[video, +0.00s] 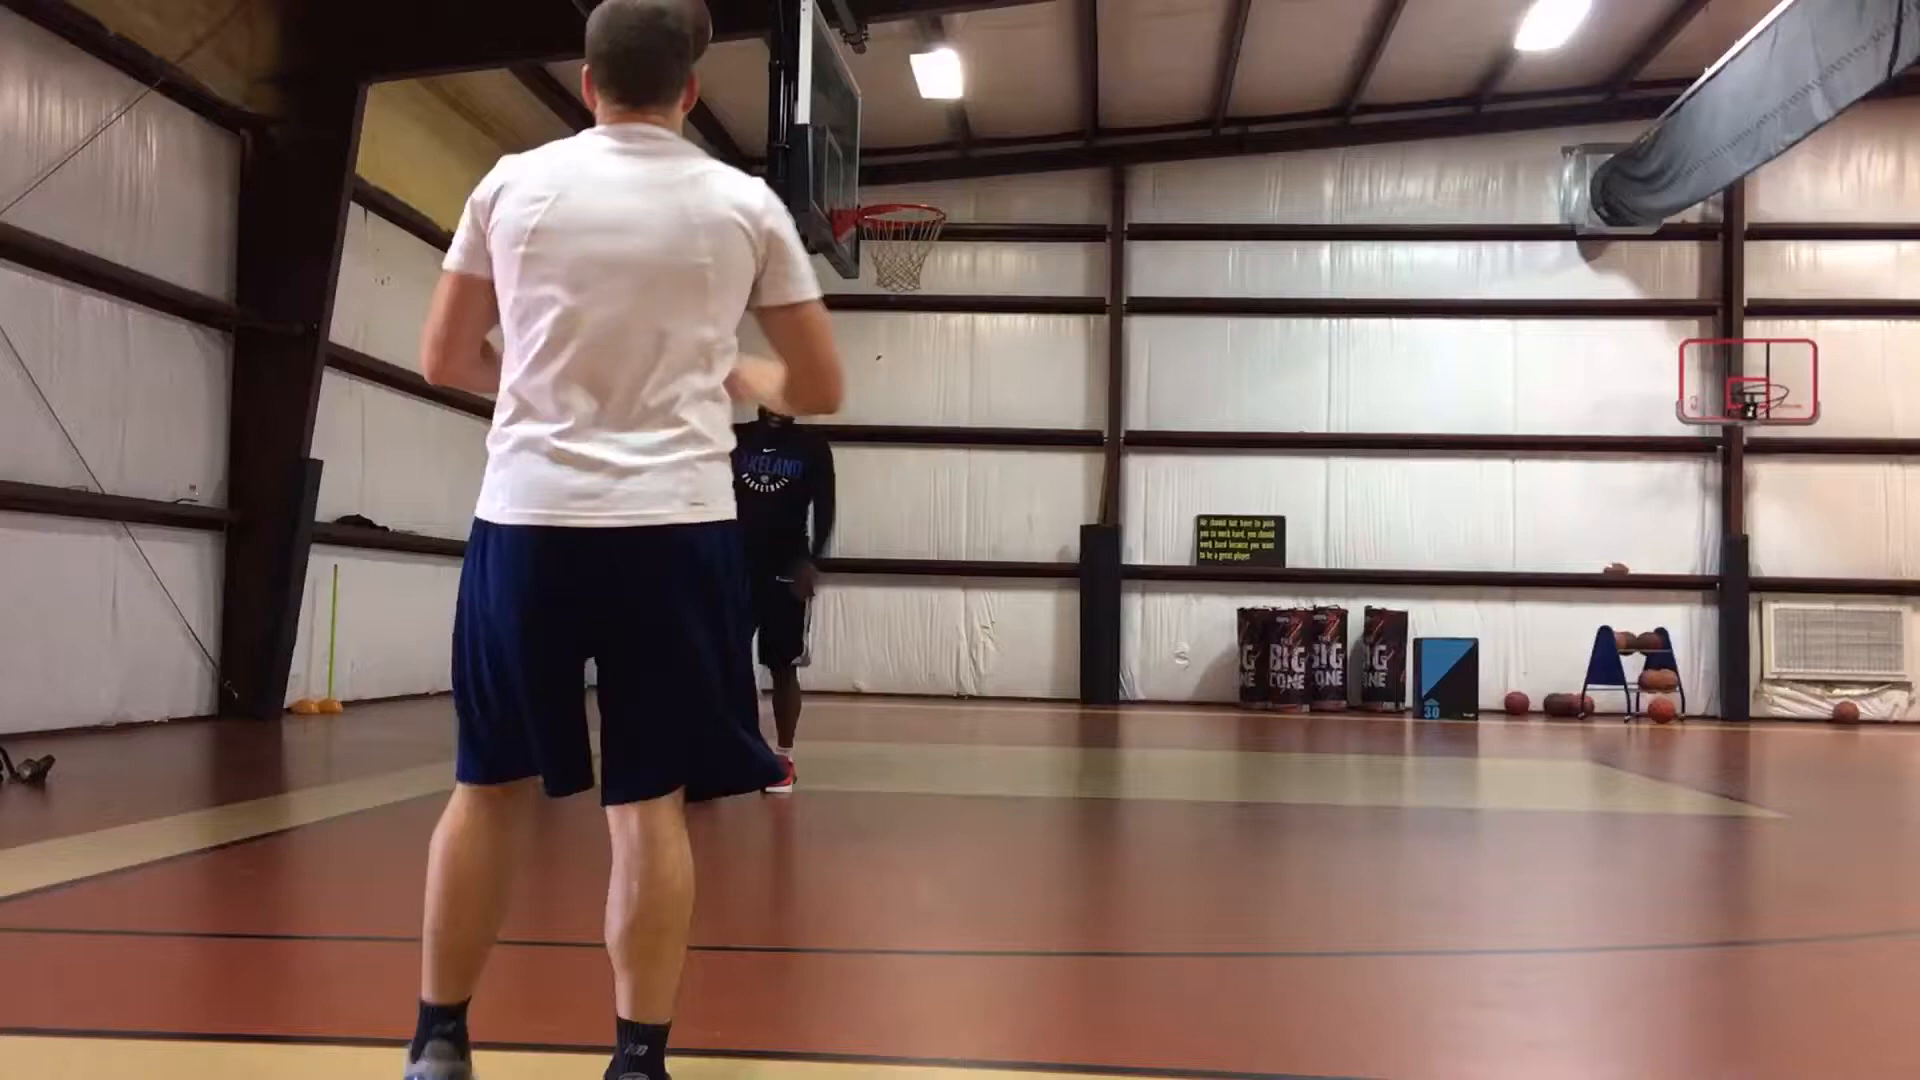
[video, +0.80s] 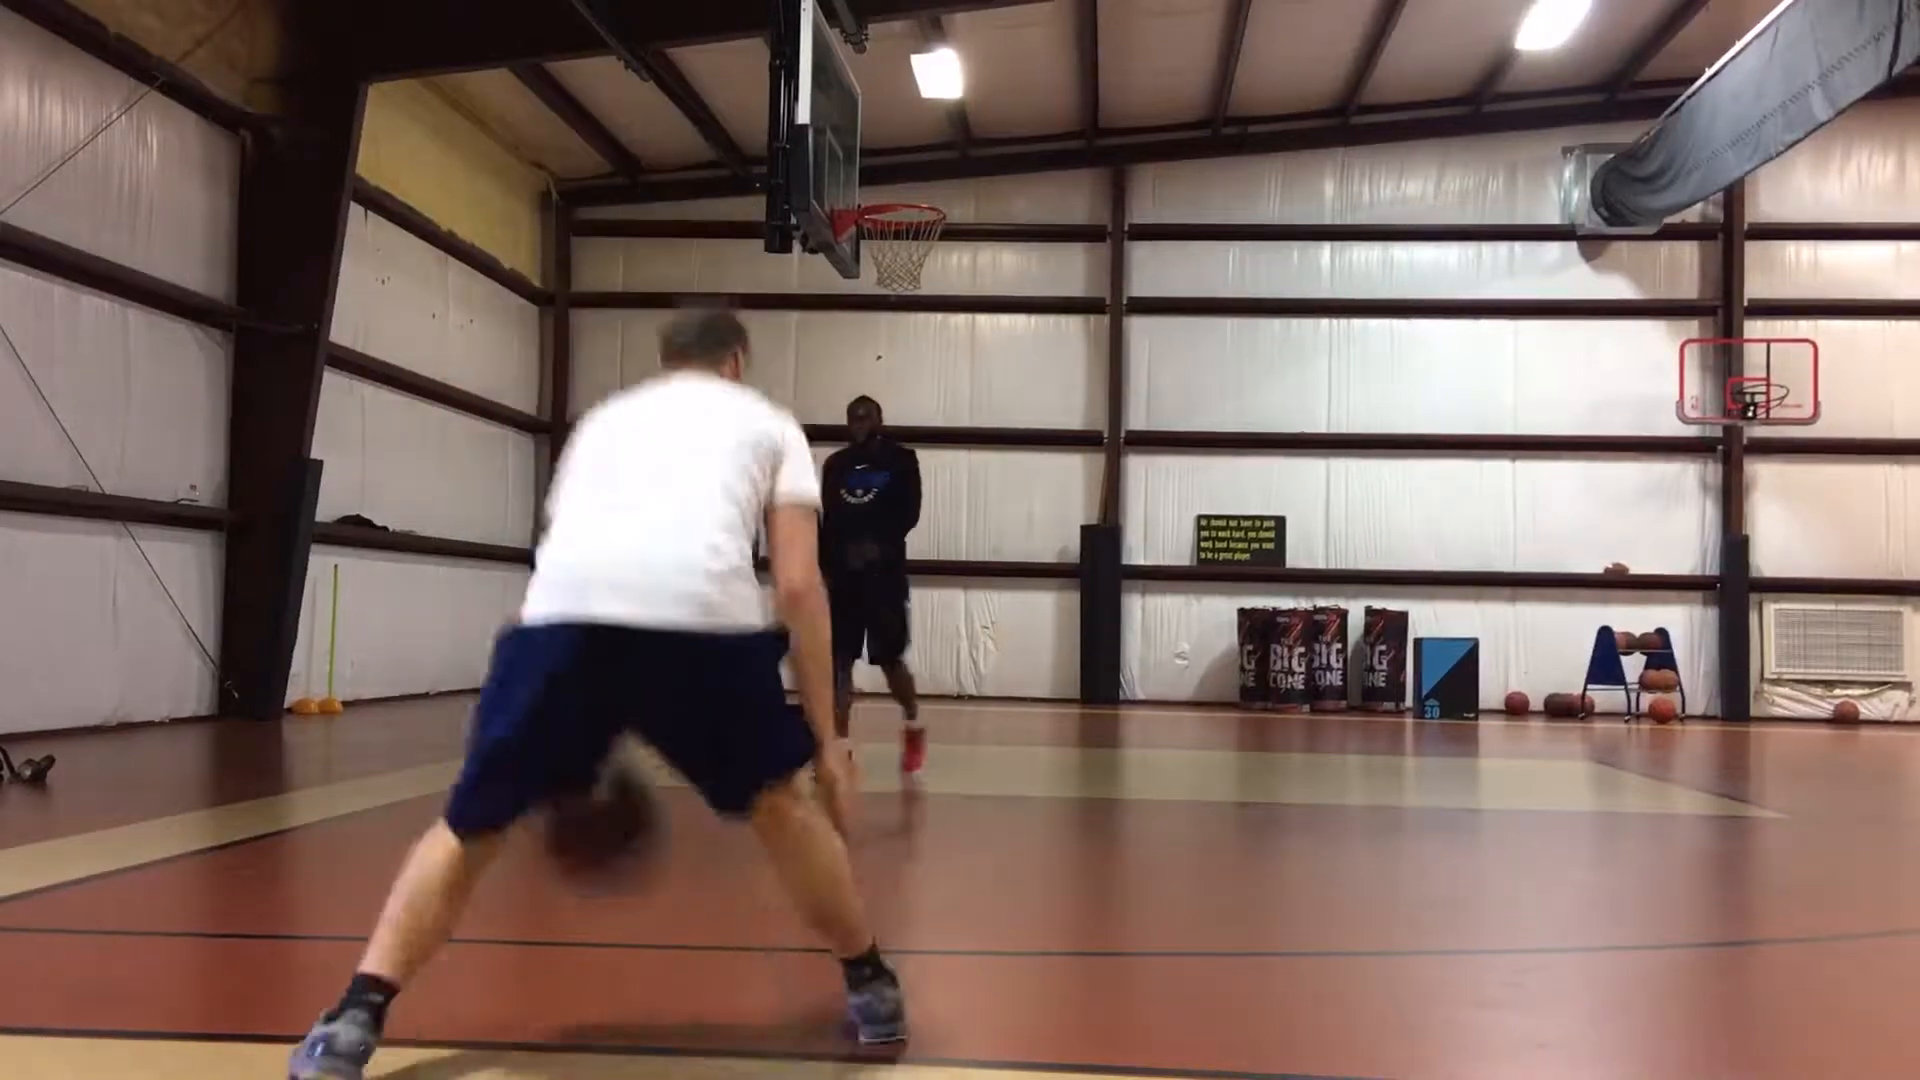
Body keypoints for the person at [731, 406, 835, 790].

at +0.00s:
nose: (781, 396)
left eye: (790, 388)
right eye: (775, 387)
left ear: (799, 396)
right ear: (761, 391)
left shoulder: (812, 445)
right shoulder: (734, 438)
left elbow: (824, 510)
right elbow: (714, 496)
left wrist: (812, 559)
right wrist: (714, 551)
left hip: (784, 568)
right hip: (734, 564)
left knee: (782, 665)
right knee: (733, 664)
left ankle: (784, 755)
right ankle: (743, 752)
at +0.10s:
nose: (784, 401)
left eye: (794, 393)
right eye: (778, 391)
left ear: (803, 402)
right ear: (765, 395)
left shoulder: (818, 447)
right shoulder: (739, 439)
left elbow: (836, 516)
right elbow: (716, 495)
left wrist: (843, 578)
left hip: (792, 573)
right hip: (740, 567)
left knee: (786, 666)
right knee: (725, 661)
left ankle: (784, 754)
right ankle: (734, 754)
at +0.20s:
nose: (790, 404)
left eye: (799, 399)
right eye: (788, 396)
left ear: (813, 407)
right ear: (780, 398)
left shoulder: (828, 448)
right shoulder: (758, 441)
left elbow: (855, 515)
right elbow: (736, 497)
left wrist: (876, 579)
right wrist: (705, 531)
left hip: (801, 570)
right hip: (755, 564)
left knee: (788, 663)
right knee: (738, 656)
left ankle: (785, 752)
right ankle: (768, 736)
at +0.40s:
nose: (812, 420)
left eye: (822, 415)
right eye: (810, 412)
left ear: (836, 423)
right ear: (802, 415)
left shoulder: (855, 465)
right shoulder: (783, 459)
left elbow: (876, 523)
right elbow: (766, 512)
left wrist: (893, 577)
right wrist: (733, 542)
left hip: (827, 576)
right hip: (786, 572)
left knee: (799, 666)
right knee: (792, 667)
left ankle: (788, 757)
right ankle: (830, 736)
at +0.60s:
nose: (831, 421)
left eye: (839, 414)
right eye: (827, 414)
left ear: (854, 419)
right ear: (819, 418)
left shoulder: (877, 460)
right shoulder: (810, 456)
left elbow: (888, 526)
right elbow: (787, 514)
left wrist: (884, 582)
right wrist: (764, 564)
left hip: (860, 573)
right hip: (819, 570)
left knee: (841, 656)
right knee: (827, 658)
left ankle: (837, 744)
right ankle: (838, 746)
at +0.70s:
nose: (847, 421)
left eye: (854, 414)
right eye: (842, 414)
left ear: (867, 417)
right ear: (832, 418)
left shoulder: (889, 456)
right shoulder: (819, 457)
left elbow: (897, 513)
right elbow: (805, 509)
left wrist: (881, 558)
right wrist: (803, 563)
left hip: (870, 565)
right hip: (828, 562)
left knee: (866, 654)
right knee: (834, 654)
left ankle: (874, 736)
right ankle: (840, 747)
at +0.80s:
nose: (857, 425)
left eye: (863, 418)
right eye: (853, 419)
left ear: (879, 421)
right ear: (846, 423)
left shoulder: (902, 459)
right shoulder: (835, 465)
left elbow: (908, 515)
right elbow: (830, 519)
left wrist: (879, 544)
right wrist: (827, 563)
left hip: (885, 576)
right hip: (843, 575)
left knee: (889, 658)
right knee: (839, 662)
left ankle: (912, 725)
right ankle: (837, 746)